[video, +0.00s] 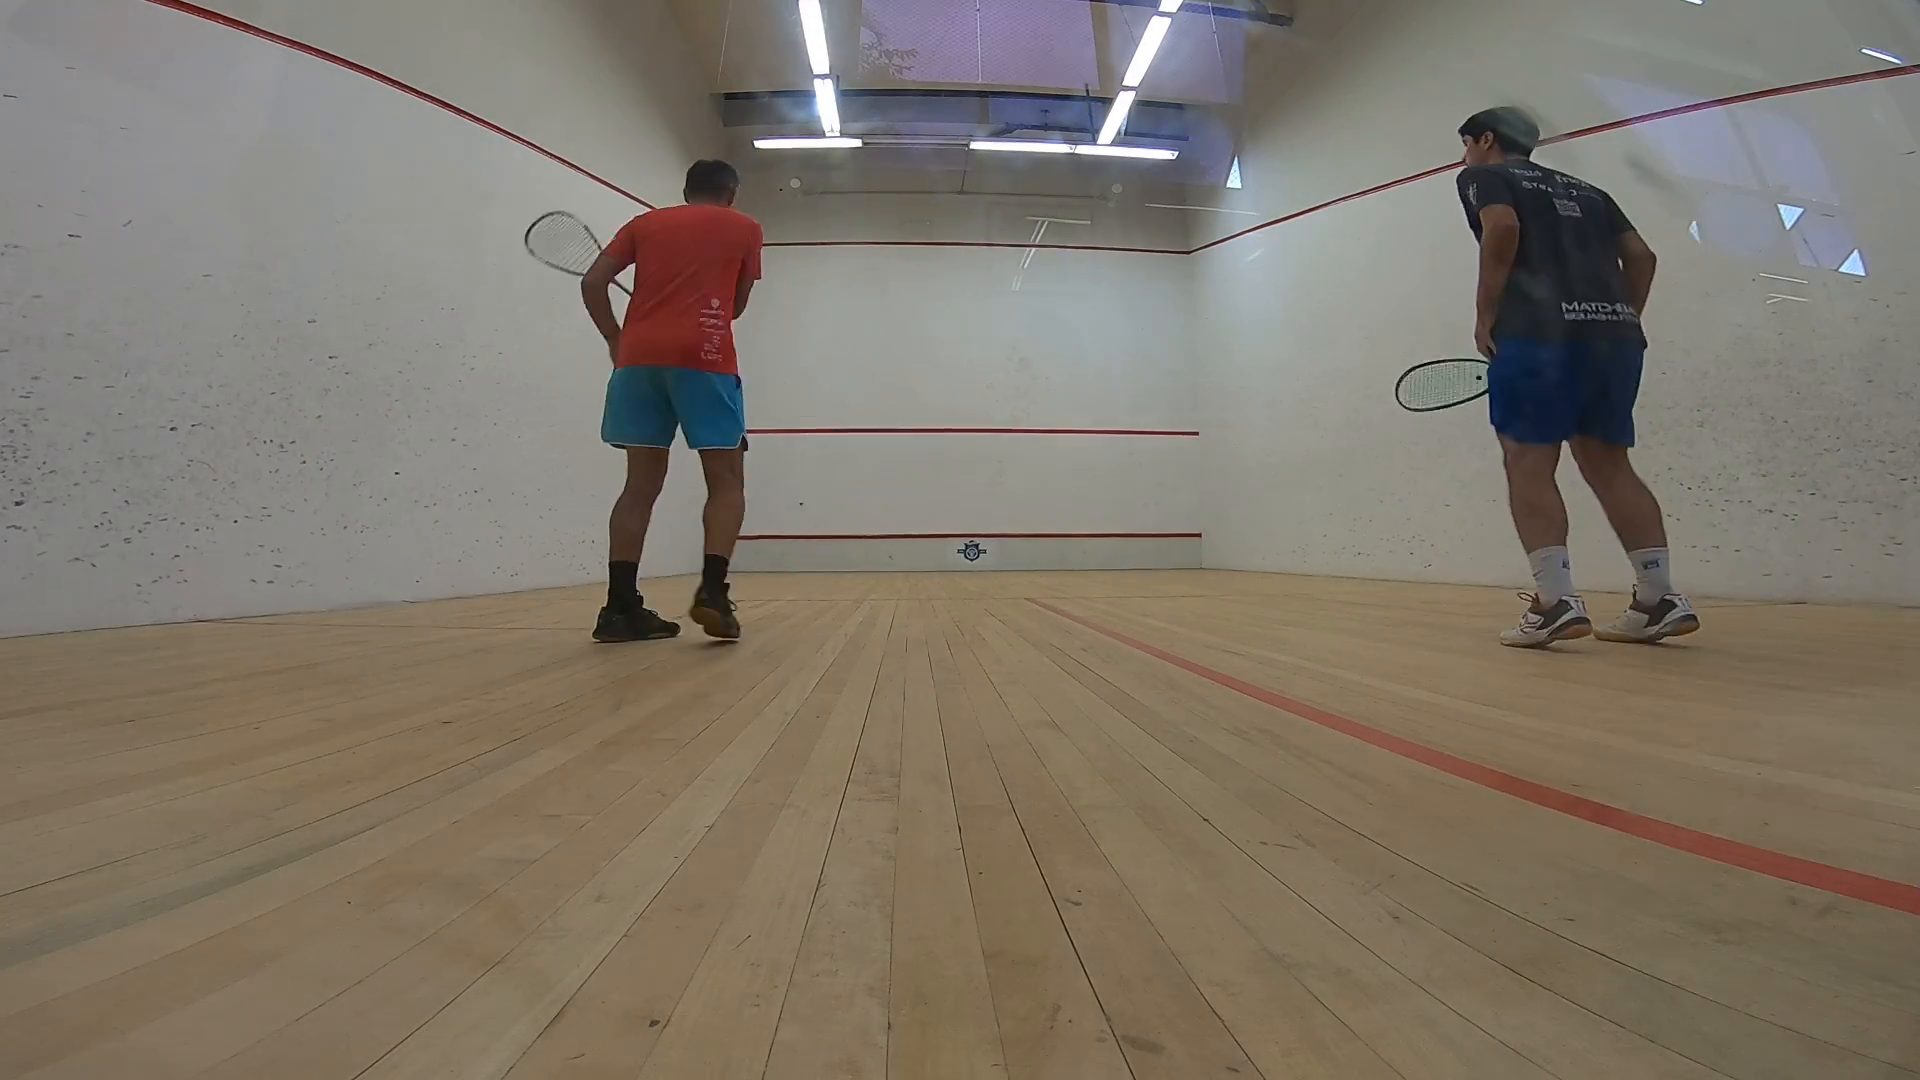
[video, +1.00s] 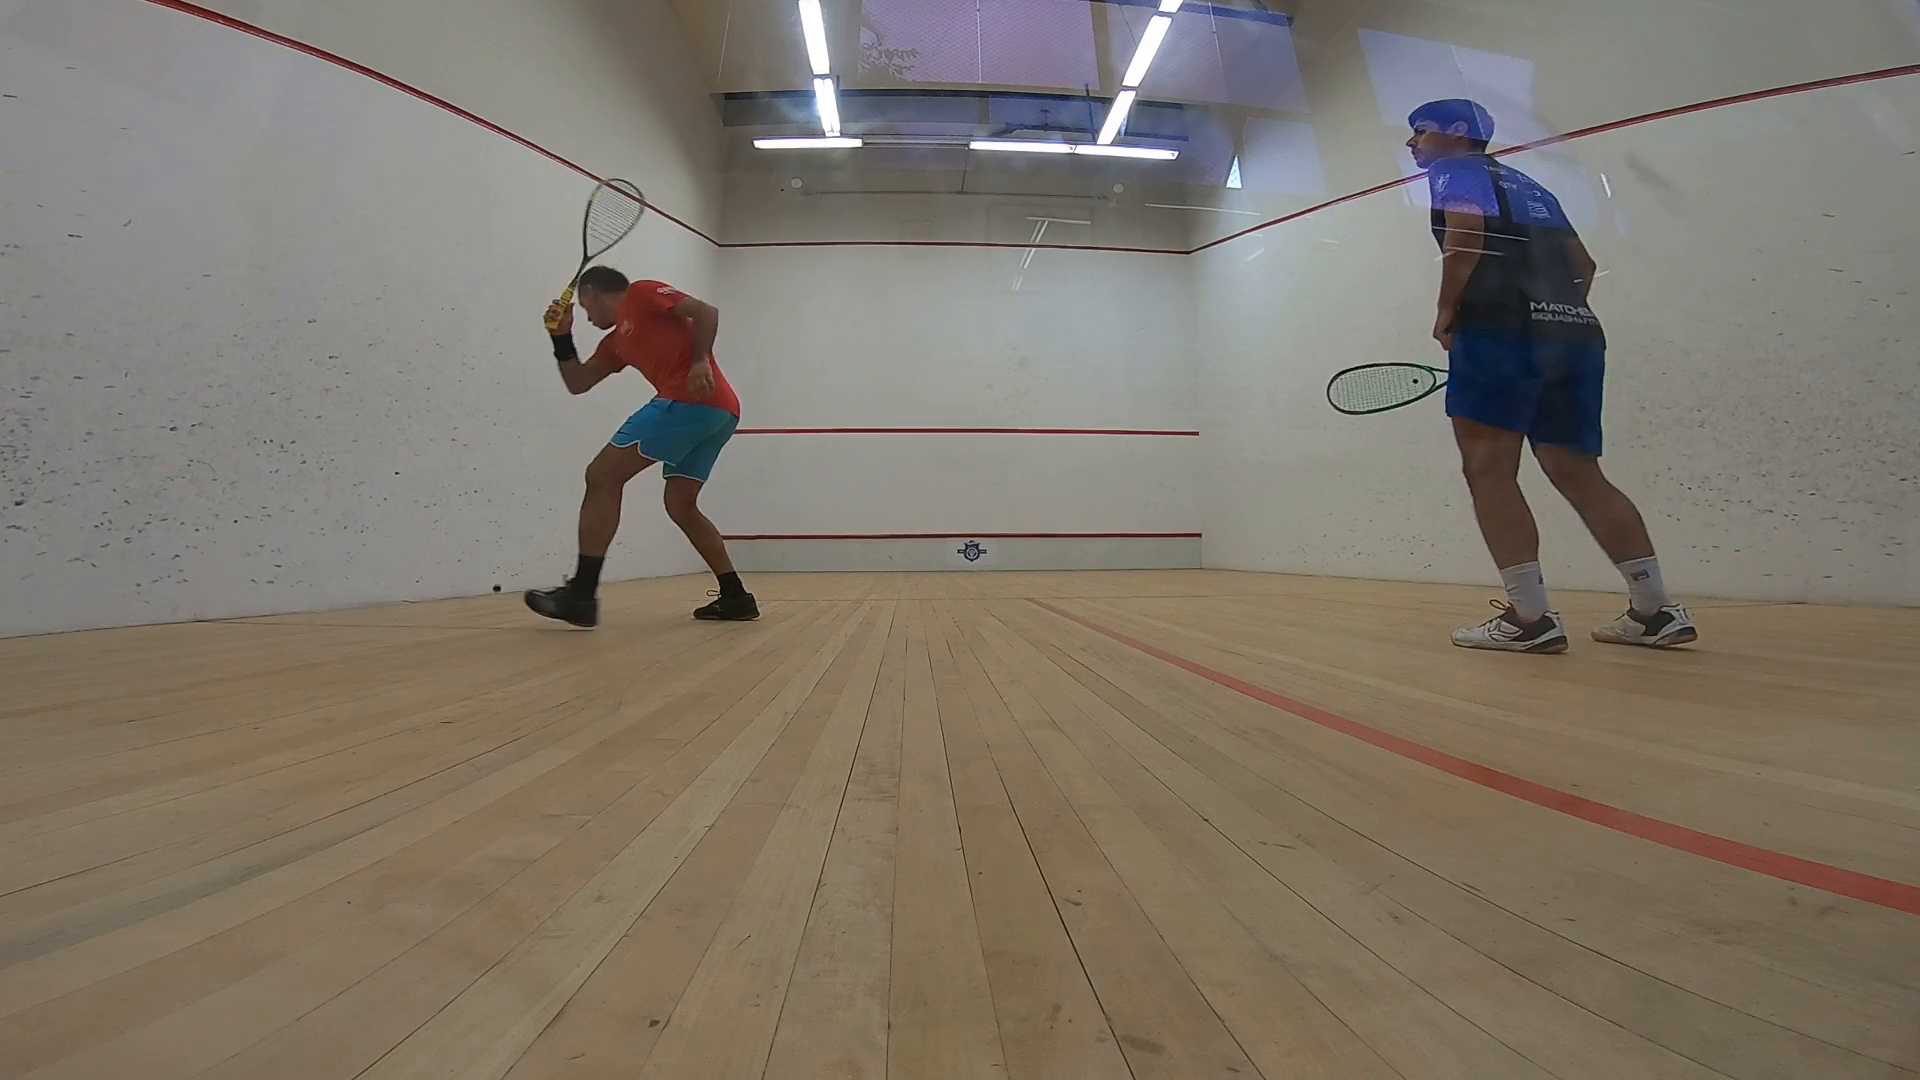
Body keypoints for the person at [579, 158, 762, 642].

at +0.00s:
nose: (734, 204)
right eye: (734, 198)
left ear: (686, 192)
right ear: (731, 196)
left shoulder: (647, 222)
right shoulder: (745, 228)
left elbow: (592, 283)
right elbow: (736, 304)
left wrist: (614, 337)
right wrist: (694, 336)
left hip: (637, 355)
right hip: (705, 359)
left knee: (641, 482)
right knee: (725, 483)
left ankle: (621, 607)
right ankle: (712, 594)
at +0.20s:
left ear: (680, 207)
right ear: (726, 213)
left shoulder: (662, 230)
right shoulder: (753, 249)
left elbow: (631, 278)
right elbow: (762, 322)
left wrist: (586, 331)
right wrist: (714, 337)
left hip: (668, 359)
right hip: (733, 367)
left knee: (654, 486)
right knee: (743, 485)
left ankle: (628, 605)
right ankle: (779, 600)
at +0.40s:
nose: (675, 230)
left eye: (676, 224)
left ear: (678, 222)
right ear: (720, 228)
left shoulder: (674, 237)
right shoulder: (751, 262)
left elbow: (682, 280)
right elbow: (772, 331)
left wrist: (629, 339)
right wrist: (711, 351)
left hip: (698, 373)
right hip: (755, 377)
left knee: (673, 489)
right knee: (753, 491)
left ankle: (687, 600)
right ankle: (785, 602)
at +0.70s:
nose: (647, 258)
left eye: (645, 250)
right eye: (646, 251)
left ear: (651, 242)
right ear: (684, 241)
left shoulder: (667, 254)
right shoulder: (708, 269)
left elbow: (695, 302)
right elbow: (709, 344)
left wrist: (664, 366)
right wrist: (658, 371)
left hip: (700, 383)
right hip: (734, 385)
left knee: (676, 488)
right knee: (697, 490)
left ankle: (717, 608)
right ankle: (744, 581)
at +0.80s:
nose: (637, 275)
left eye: (636, 266)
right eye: (636, 268)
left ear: (644, 255)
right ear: (670, 251)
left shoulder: (667, 265)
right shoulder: (687, 282)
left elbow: (704, 300)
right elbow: (693, 364)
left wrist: (667, 359)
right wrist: (634, 363)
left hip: (694, 395)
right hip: (724, 398)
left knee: (649, 491)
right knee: (697, 498)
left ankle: (709, 593)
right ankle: (739, 596)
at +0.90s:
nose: (619, 299)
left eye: (616, 287)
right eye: (615, 290)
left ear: (625, 274)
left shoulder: (663, 280)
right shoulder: (652, 321)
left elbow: (716, 308)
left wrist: (684, 357)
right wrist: (594, 344)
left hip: (693, 402)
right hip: (723, 407)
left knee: (611, 479)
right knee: (685, 500)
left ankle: (663, 581)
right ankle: (736, 595)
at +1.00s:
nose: (586, 316)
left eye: (584, 306)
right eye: (583, 310)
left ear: (593, 293)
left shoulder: (642, 293)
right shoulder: (618, 343)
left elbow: (706, 313)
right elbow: (577, 382)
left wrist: (701, 359)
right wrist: (561, 337)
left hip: (685, 401)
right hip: (717, 408)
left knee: (603, 475)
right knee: (680, 504)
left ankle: (581, 595)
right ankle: (735, 596)